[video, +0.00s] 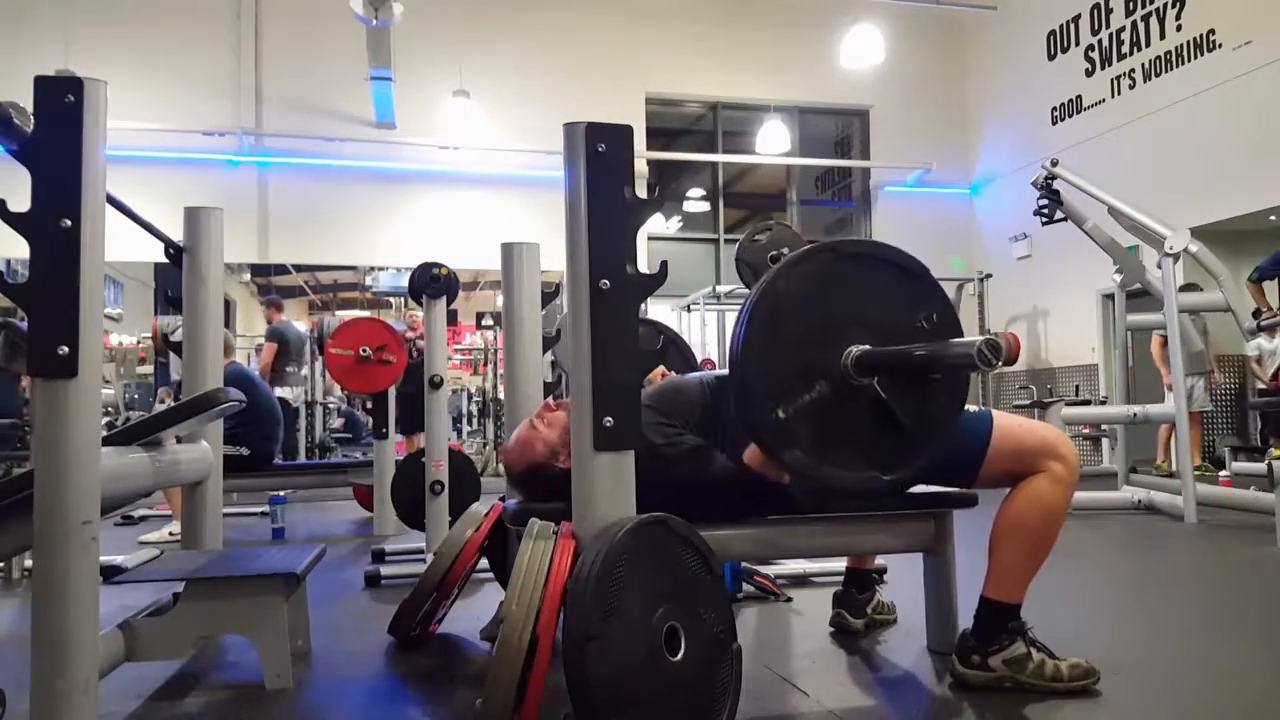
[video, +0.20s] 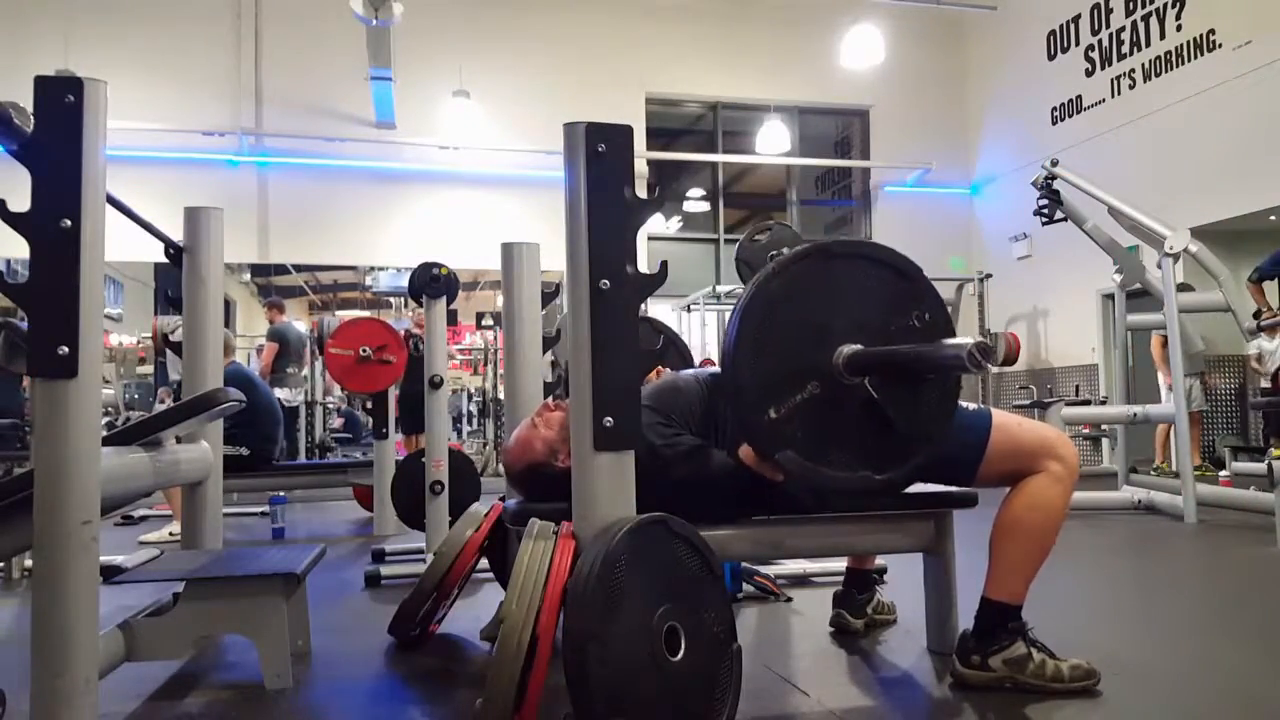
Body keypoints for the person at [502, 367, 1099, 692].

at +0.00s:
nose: (544, 409)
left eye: (533, 415)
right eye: (537, 427)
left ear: (554, 437)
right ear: (556, 459)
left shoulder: (614, 427)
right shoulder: (629, 442)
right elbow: (763, 468)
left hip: (802, 438)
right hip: (828, 451)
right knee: (1053, 455)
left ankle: (856, 595)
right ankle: (993, 639)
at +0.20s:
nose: (545, 408)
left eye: (534, 415)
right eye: (538, 426)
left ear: (554, 437)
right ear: (556, 458)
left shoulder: (615, 426)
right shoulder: (629, 445)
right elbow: (762, 464)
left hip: (805, 432)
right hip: (837, 437)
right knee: (1053, 455)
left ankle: (856, 595)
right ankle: (993, 639)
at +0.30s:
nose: (542, 407)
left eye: (531, 416)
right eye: (536, 424)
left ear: (550, 436)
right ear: (553, 453)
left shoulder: (612, 420)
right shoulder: (621, 450)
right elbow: (746, 451)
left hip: (799, 424)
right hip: (832, 433)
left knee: (890, 446)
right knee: (1052, 455)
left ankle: (855, 597)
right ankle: (993, 640)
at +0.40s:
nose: (531, 423)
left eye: (523, 425)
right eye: (526, 433)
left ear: (538, 438)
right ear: (545, 458)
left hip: (758, 436)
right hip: (813, 437)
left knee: (890, 423)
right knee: (1051, 454)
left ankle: (858, 594)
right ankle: (992, 644)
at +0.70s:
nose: (538, 415)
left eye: (528, 418)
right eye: (531, 432)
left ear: (548, 423)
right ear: (550, 465)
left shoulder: (601, 431)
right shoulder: (612, 454)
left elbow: (634, 352)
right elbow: (648, 333)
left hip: (812, 424)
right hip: (833, 435)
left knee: (899, 446)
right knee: (1044, 450)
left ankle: (858, 594)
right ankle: (992, 638)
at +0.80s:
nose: (539, 406)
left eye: (526, 412)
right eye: (530, 425)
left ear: (552, 452)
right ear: (553, 461)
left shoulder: (603, 427)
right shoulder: (618, 439)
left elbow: (645, 319)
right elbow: (655, 306)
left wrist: (659, 195)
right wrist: (661, 189)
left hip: (808, 419)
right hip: (832, 432)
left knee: (908, 435)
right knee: (1044, 450)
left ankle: (859, 595)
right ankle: (992, 641)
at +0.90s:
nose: (541, 411)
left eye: (530, 414)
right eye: (530, 427)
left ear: (551, 448)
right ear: (546, 467)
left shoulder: (603, 434)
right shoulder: (611, 444)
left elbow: (646, 316)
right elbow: (650, 309)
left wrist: (662, 192)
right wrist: (664, 188)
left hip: (808, 423)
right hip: (830, 434)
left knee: (912, 436)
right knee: (1043, 449)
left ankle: (857, 594)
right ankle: (992, 639)